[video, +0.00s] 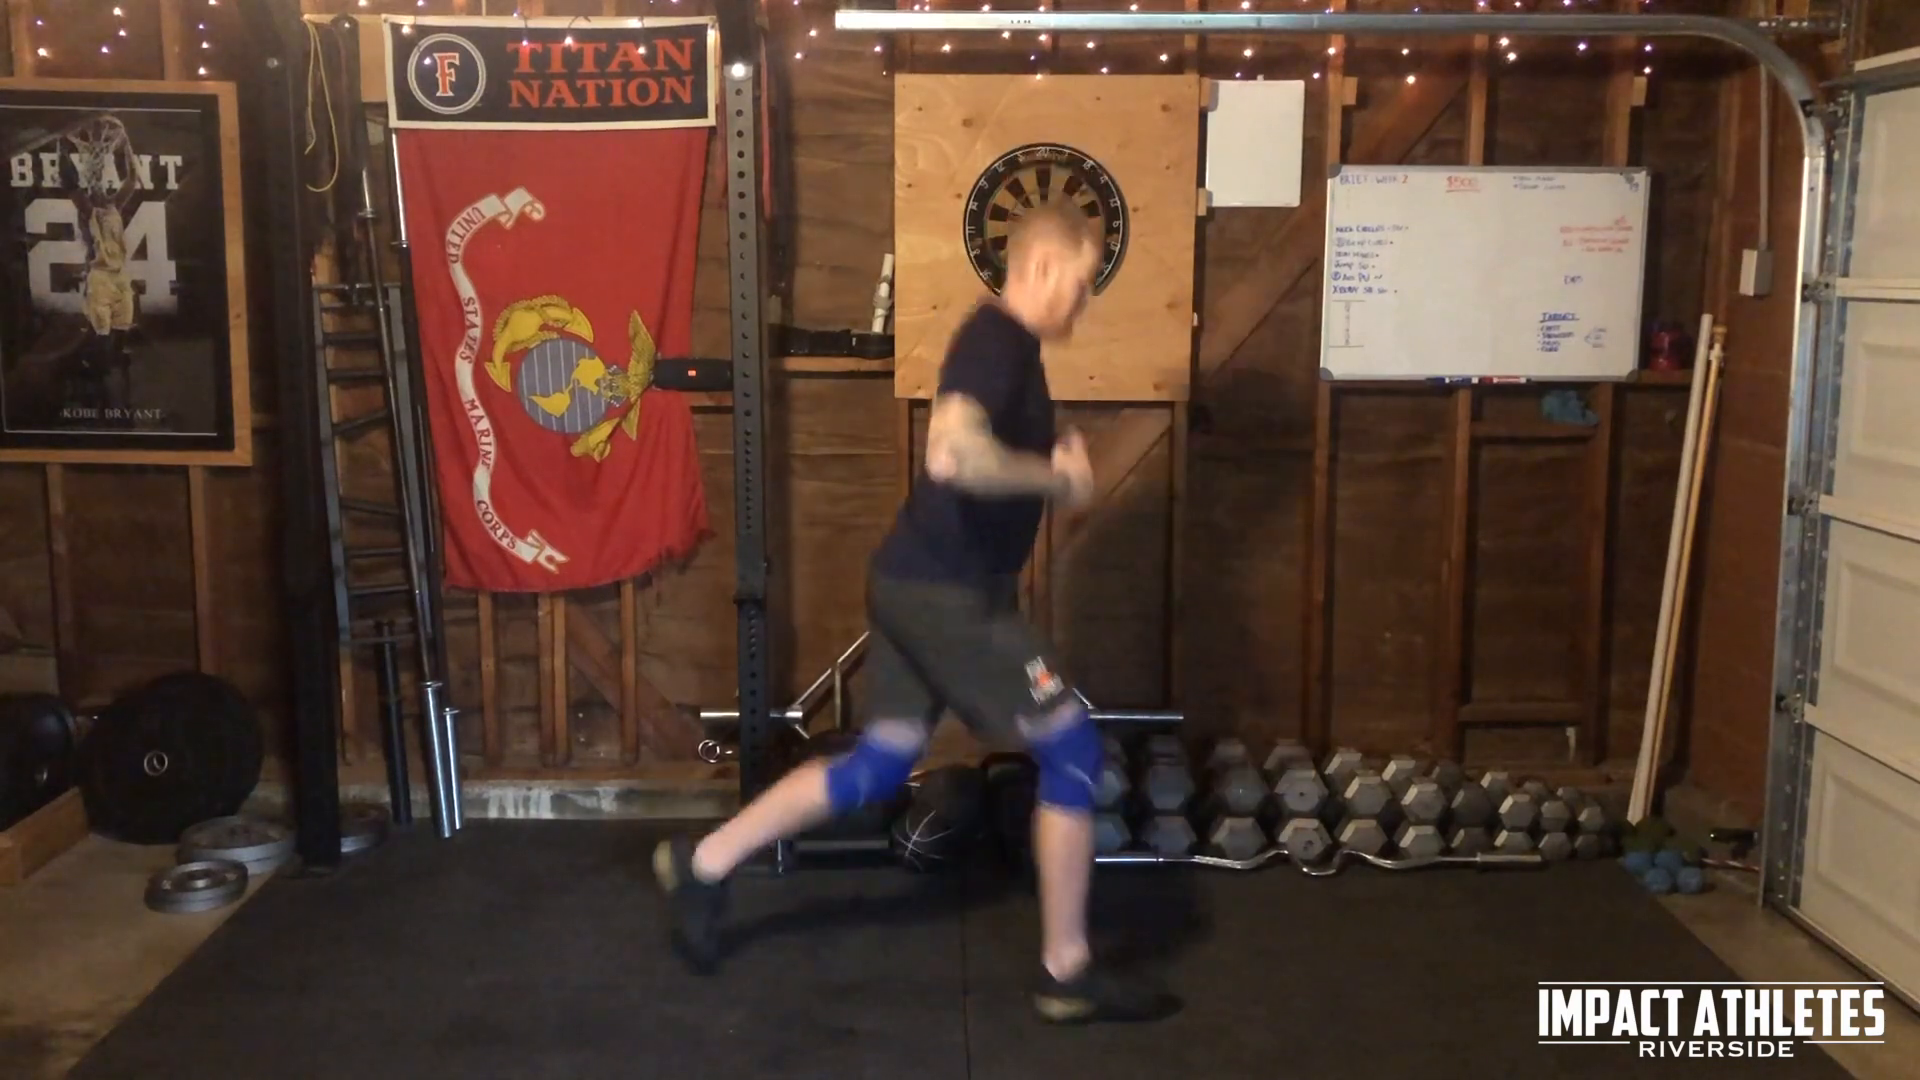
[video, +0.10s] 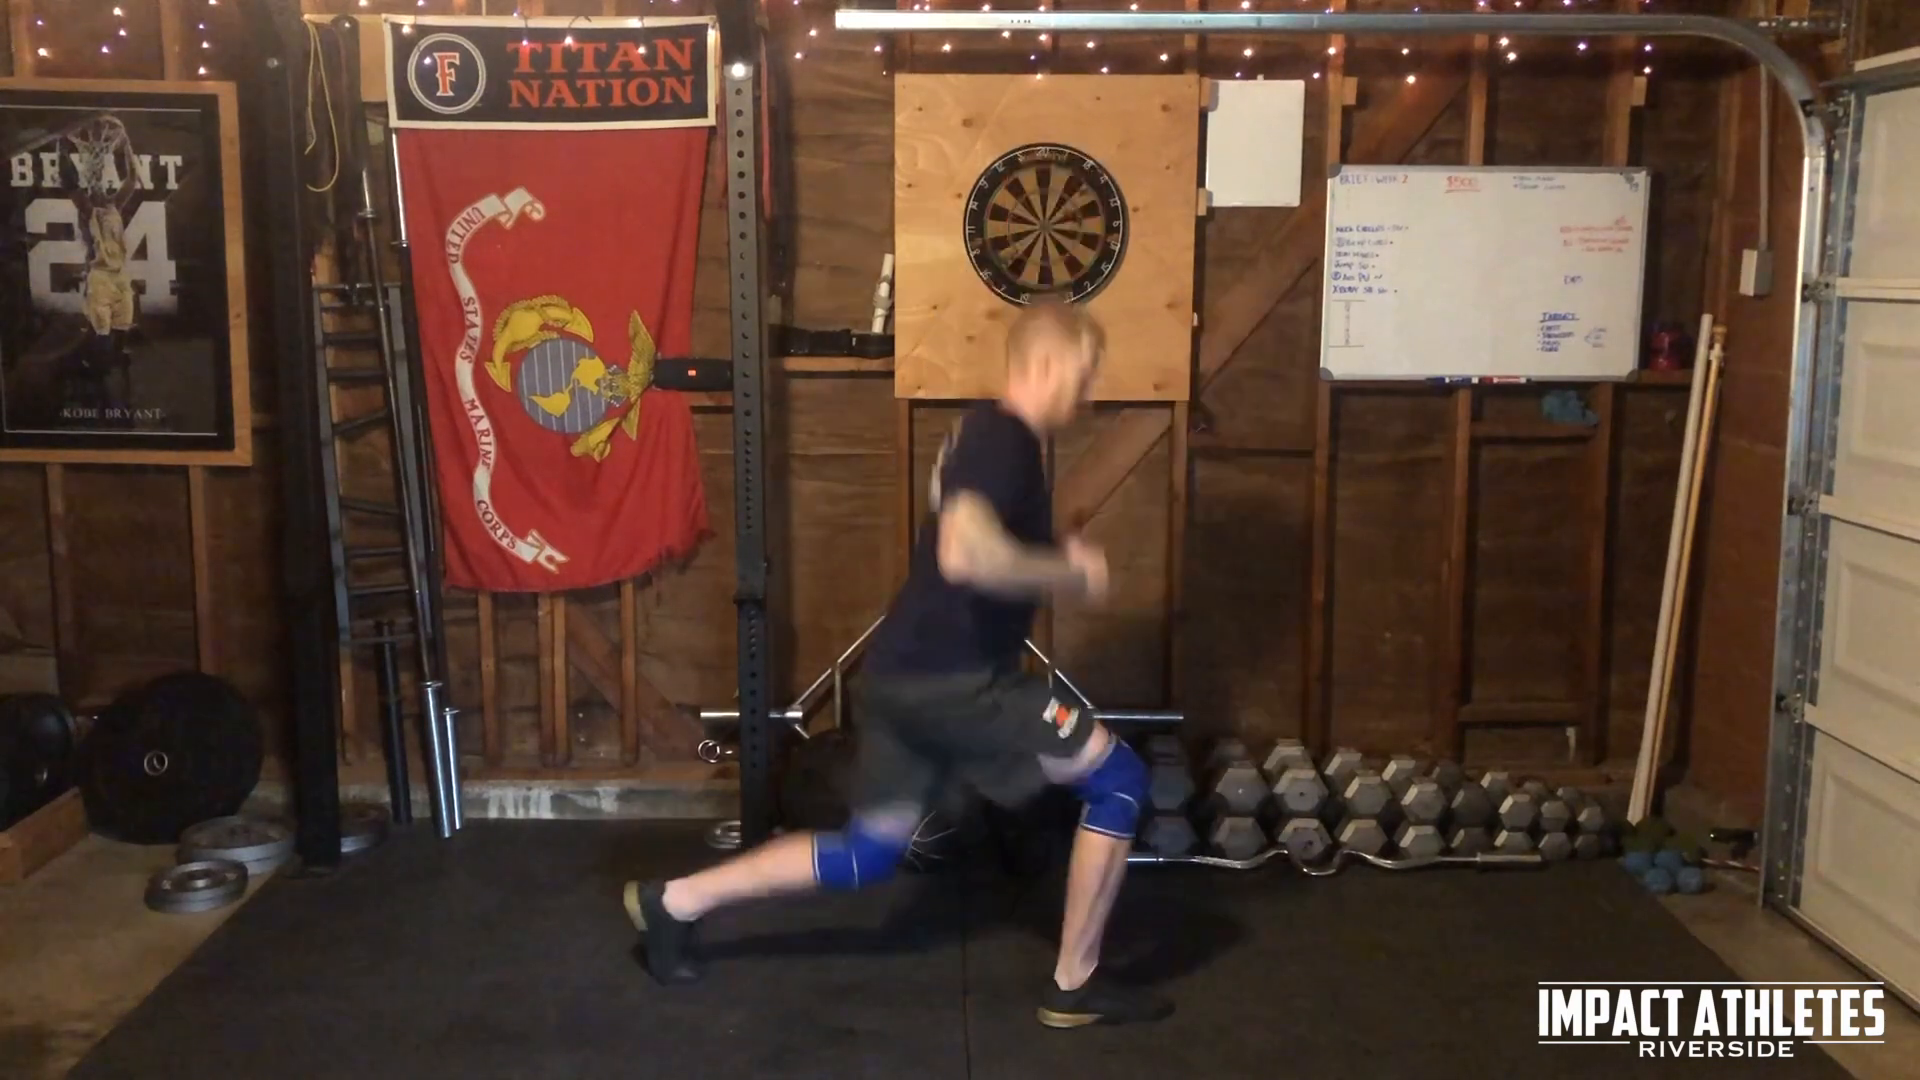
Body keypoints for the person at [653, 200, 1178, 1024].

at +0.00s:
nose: (1084, 300)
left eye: (1088, 283)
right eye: (1081, 281)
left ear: (1030, 270)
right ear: (1042, 268)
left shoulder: (1013, 346)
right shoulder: (995, 339)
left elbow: (984, 457)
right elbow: (952, 453)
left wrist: (1057, 465)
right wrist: (1056, 474)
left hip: (922, 583)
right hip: (942, 590)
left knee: (878, 762)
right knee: (1072, 748)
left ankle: (701, 863)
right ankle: (1068, 967)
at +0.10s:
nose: (1087, 393)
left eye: (1090, 377)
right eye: (1085, 375)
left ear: (1029, 365)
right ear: (1049, 368)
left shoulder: (985, 430)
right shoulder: (1001, 437)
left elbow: (972, 544)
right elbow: (965, 553)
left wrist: (1053, 556)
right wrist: (1067, 570)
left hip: (904, 675)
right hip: (955, 679)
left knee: (871, 849)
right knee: (1118, 784)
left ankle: (672, 902)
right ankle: (1076, 978)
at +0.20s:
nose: (1089, 466)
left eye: (1090, 451)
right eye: (1086, 449)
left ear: (1034, 441)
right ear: (1046, 443)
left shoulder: (985, 507)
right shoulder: (1005, 514)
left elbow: (968, 641)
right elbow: (976, 645)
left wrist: (1047, 690)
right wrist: (1083, 662)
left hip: (902, 738)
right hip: (944, 739)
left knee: (878, 916)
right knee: (1129, 786)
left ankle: (677, 901)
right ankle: (1076, 984)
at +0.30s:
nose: (1091, 500)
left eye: (1092, 485)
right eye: (1087, 484)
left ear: (1033, 480)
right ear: (1046, 480)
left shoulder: (987, 540)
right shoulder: (1004, 549)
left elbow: (990, 681)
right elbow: (981, 696)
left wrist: (1077, 717)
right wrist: (1086, 715)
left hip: (901, 774)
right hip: (940, 774)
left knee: (885, 945)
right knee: (1140, 787)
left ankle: (691, 900)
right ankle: (1076, 981)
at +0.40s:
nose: (1086, 500)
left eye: (1086, 485)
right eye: (1081, 485)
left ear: (1028, 483)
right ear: (1042, 483)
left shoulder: (984, 546)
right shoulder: (1003, 556)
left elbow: (990, 694)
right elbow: (992, 708)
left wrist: (1075, 736)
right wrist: (1093, 708)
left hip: (904, 777)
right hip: (942, 779)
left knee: (886, 949)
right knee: (1142, 788)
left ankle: (693, 900)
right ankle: (1076, 981)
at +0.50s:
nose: (1077, 462)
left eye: (1077, 446)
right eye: (1072, 446)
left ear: (1014, 444)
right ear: (1034, 446)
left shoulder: (984, 517)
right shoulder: (1001, 525)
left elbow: (991, 648)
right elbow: (1004, 664)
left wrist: (1064, 647)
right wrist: (1083, 634)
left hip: (911, 747)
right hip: (955, 748)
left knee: (881, 922)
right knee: (1138, 785)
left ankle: (680, 901)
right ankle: (1077, 982)